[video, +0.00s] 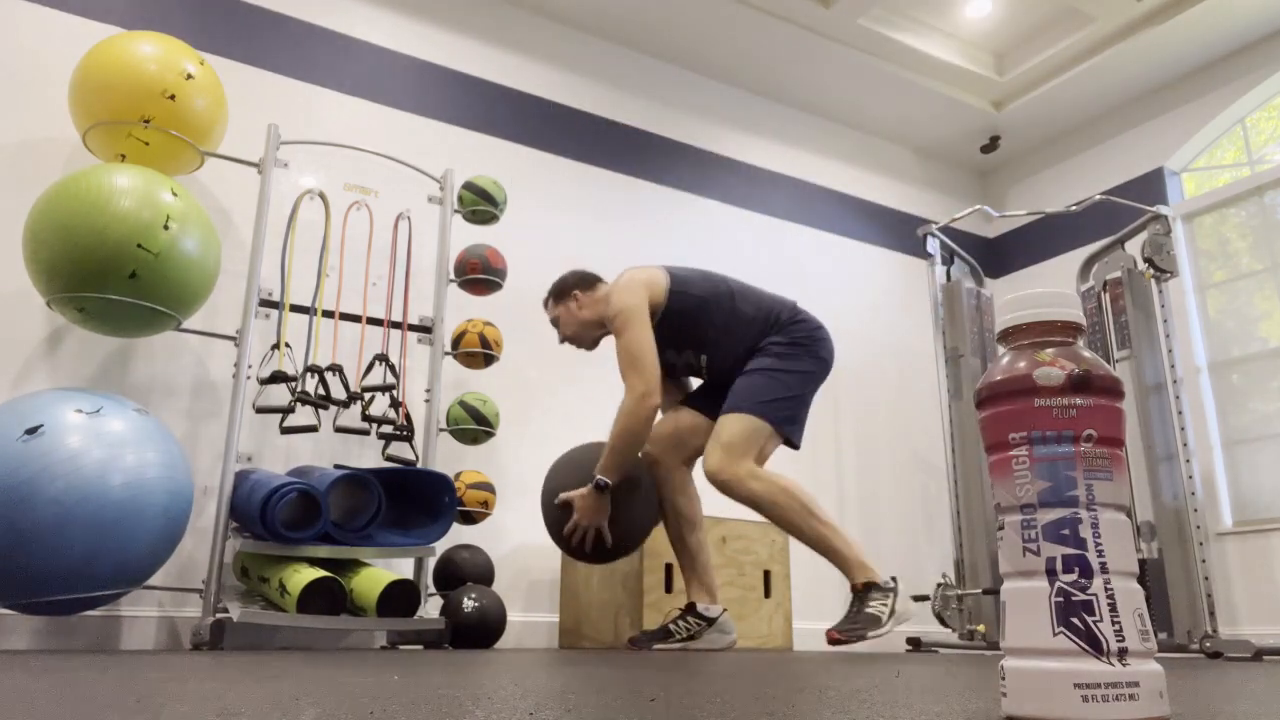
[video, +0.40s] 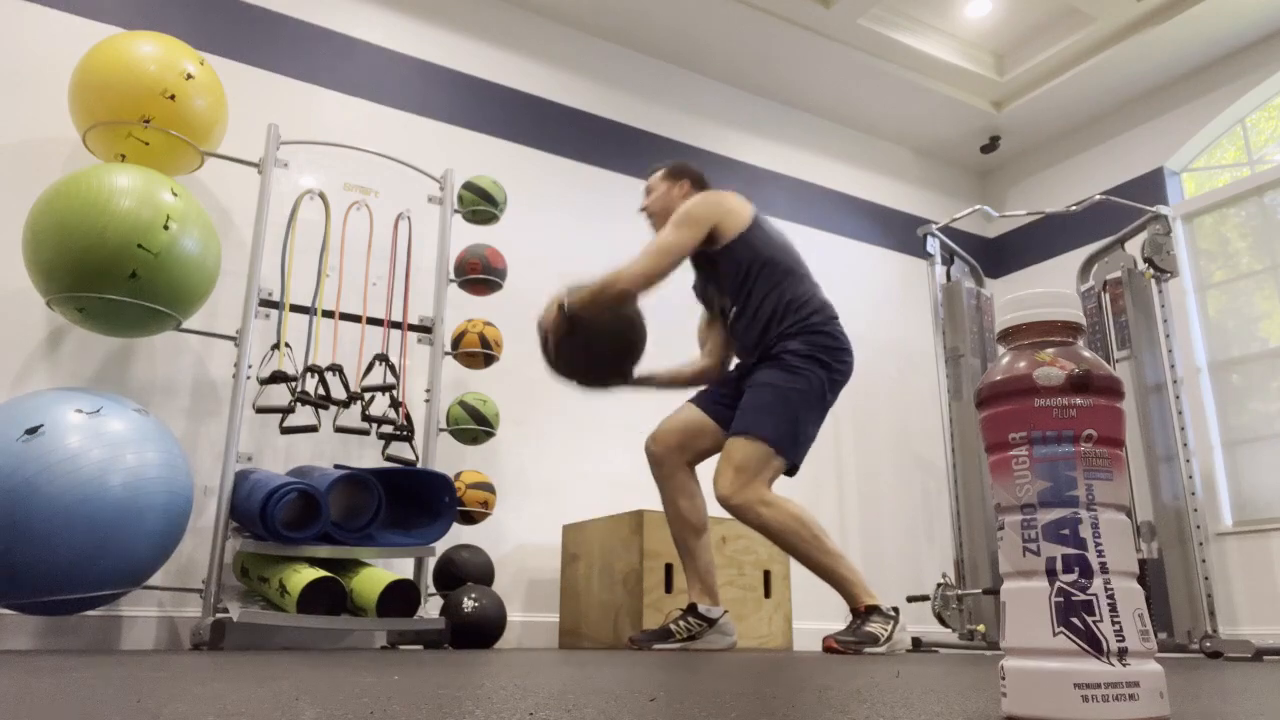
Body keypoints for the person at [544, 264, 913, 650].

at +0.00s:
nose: (560, 337)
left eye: (557, 322)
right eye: (555, 327)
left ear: (576, 298)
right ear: (583, 299)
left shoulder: (627, 293)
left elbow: (643, 396)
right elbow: (673, 408)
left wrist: (600, 487)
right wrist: (630, 485)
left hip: (788, 342)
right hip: (738, 369)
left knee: (728, 464)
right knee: (661, 449)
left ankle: (870, 584)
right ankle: (705, 614)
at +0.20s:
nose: (584, 282)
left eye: (586, 267)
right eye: (582, 272)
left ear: (614, 253)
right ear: (618, 255)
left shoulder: (655, 263)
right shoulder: (676, 303)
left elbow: (642, 370)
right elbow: (697, 402)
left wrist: (579, 438)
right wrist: (655, 461)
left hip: (800, 352)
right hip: (752, 372)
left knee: (734, 485)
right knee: (668, 449)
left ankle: (868, 609)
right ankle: (705, 613)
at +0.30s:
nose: (608, 243)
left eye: (614, 228)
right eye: (607, 233)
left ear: (646, 220)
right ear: (648, 229)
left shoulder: (680, 235)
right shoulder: (693, 291)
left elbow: (639, 334)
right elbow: (709, 387)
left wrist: (570, 376)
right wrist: (644, 433)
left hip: (805, 353)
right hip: (759, 370)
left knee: (737, 488)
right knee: (667, 444)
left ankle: (871, 610)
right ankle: (707, 614)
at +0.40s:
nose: (644, 204)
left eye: (650, 191)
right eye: (644, 197)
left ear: (683, 186)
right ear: (683, 188)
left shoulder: (711, 205)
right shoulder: (712, 278)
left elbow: (631, 281)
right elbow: (712, 366)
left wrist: (569, 302)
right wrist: (628, 377)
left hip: (806, 350)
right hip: (762, 364)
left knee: (740, 487)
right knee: (667, 449)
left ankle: (871, 611)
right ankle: (706, 612)